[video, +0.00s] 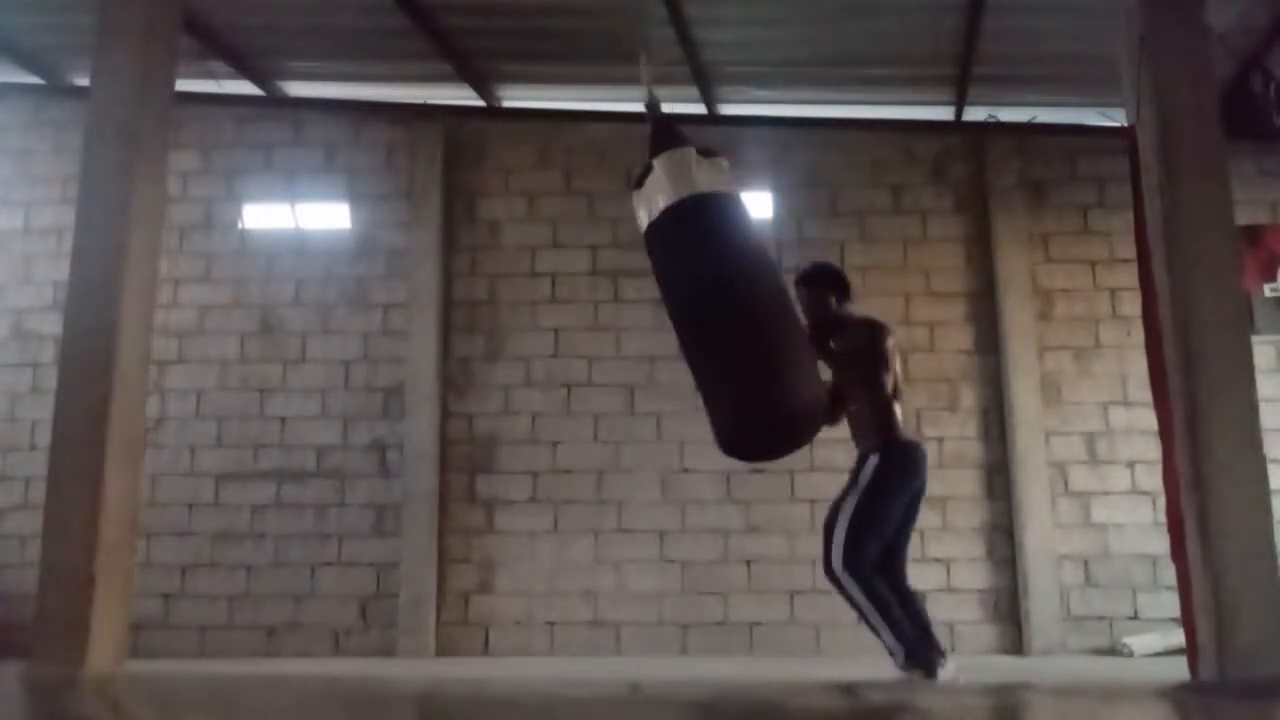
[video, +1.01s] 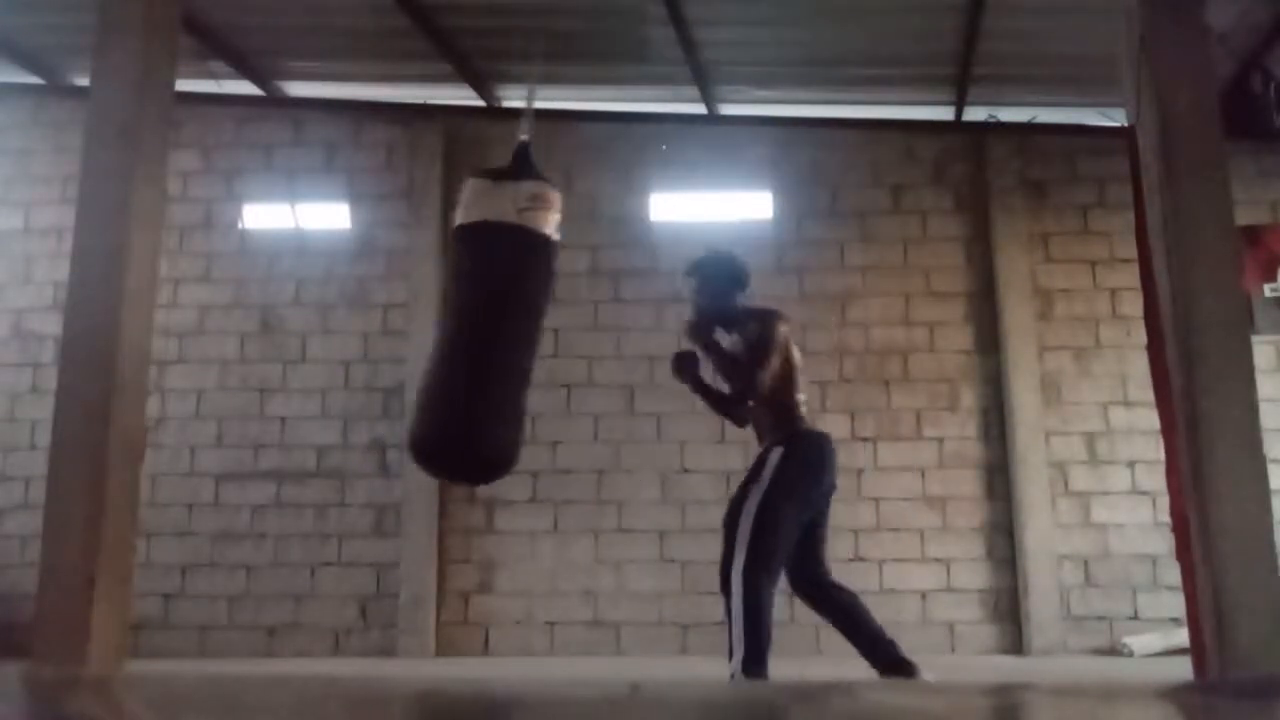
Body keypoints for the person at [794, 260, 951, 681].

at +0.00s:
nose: (804, 309)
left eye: (809, 299)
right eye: (801, 300)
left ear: (832, 297)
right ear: (822, 301)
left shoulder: (867, 330)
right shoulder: (843, 345)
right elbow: (830, 412)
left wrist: (816, 347)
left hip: (886, 460)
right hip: (903, 459)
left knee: (843, 561)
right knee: (886, 566)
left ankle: (917, 660)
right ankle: (929, 658)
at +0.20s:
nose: (791, 293)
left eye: (798, 283)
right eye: (788, 284)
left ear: (821, 282)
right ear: (797, 288)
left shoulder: (857, 316)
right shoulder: (816, 334)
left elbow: (878, 375)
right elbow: (806, 398)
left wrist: (819, 338)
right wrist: (787, 344)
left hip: (879, 442)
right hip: (877, 444)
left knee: (846, 547)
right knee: (892, 558)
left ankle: (853, 671)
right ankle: (950, 666)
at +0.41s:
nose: (765, 318)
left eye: (771, 307)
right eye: (762, 308)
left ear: (795, 306)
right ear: (776, 309)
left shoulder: (831, 341)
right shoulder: (787, 361)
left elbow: (845, 390)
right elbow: (781, 426)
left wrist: (791, 368)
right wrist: (759, 386)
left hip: (863, 469)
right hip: (854, 472)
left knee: (817, 572)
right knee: (878, 584)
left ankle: (808, 685)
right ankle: (955, 674)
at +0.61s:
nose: (738, 293)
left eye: (743, 282)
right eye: (736, 282)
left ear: (767, 281)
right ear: (768, 285)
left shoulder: (806, 314)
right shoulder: (772, 334)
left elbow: (816, 365)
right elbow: (757, 398)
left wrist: (764, 334)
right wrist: (733, 350)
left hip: (830, 447)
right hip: (840, 447)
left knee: (790, 561)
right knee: (832, 566)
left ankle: (796, 672)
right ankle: (921, 660)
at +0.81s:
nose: (730, 294)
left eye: (737, 284)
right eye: (731, 284)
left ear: (758, 286)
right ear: (753, 288)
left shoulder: (801, 323)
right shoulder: (762, 339)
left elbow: (810, 369)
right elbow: (740, 400)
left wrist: (751, 339)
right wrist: (722, 351)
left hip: (817, 454)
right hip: (829, 456)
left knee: (763, 556)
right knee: (837, 582)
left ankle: (756, 678)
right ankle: (913, 677)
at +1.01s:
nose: (692, 298)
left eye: (699, 287)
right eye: (692, 288)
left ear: (722, 288)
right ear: (728, 290)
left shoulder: (765, 323)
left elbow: (751, 386)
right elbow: (738, 411)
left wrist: (705, 338)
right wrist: (695, 382)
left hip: (791, 453)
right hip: (807, 452)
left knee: (744, 565)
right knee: (809, 578)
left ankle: (748, 680)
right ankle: (896, 669)